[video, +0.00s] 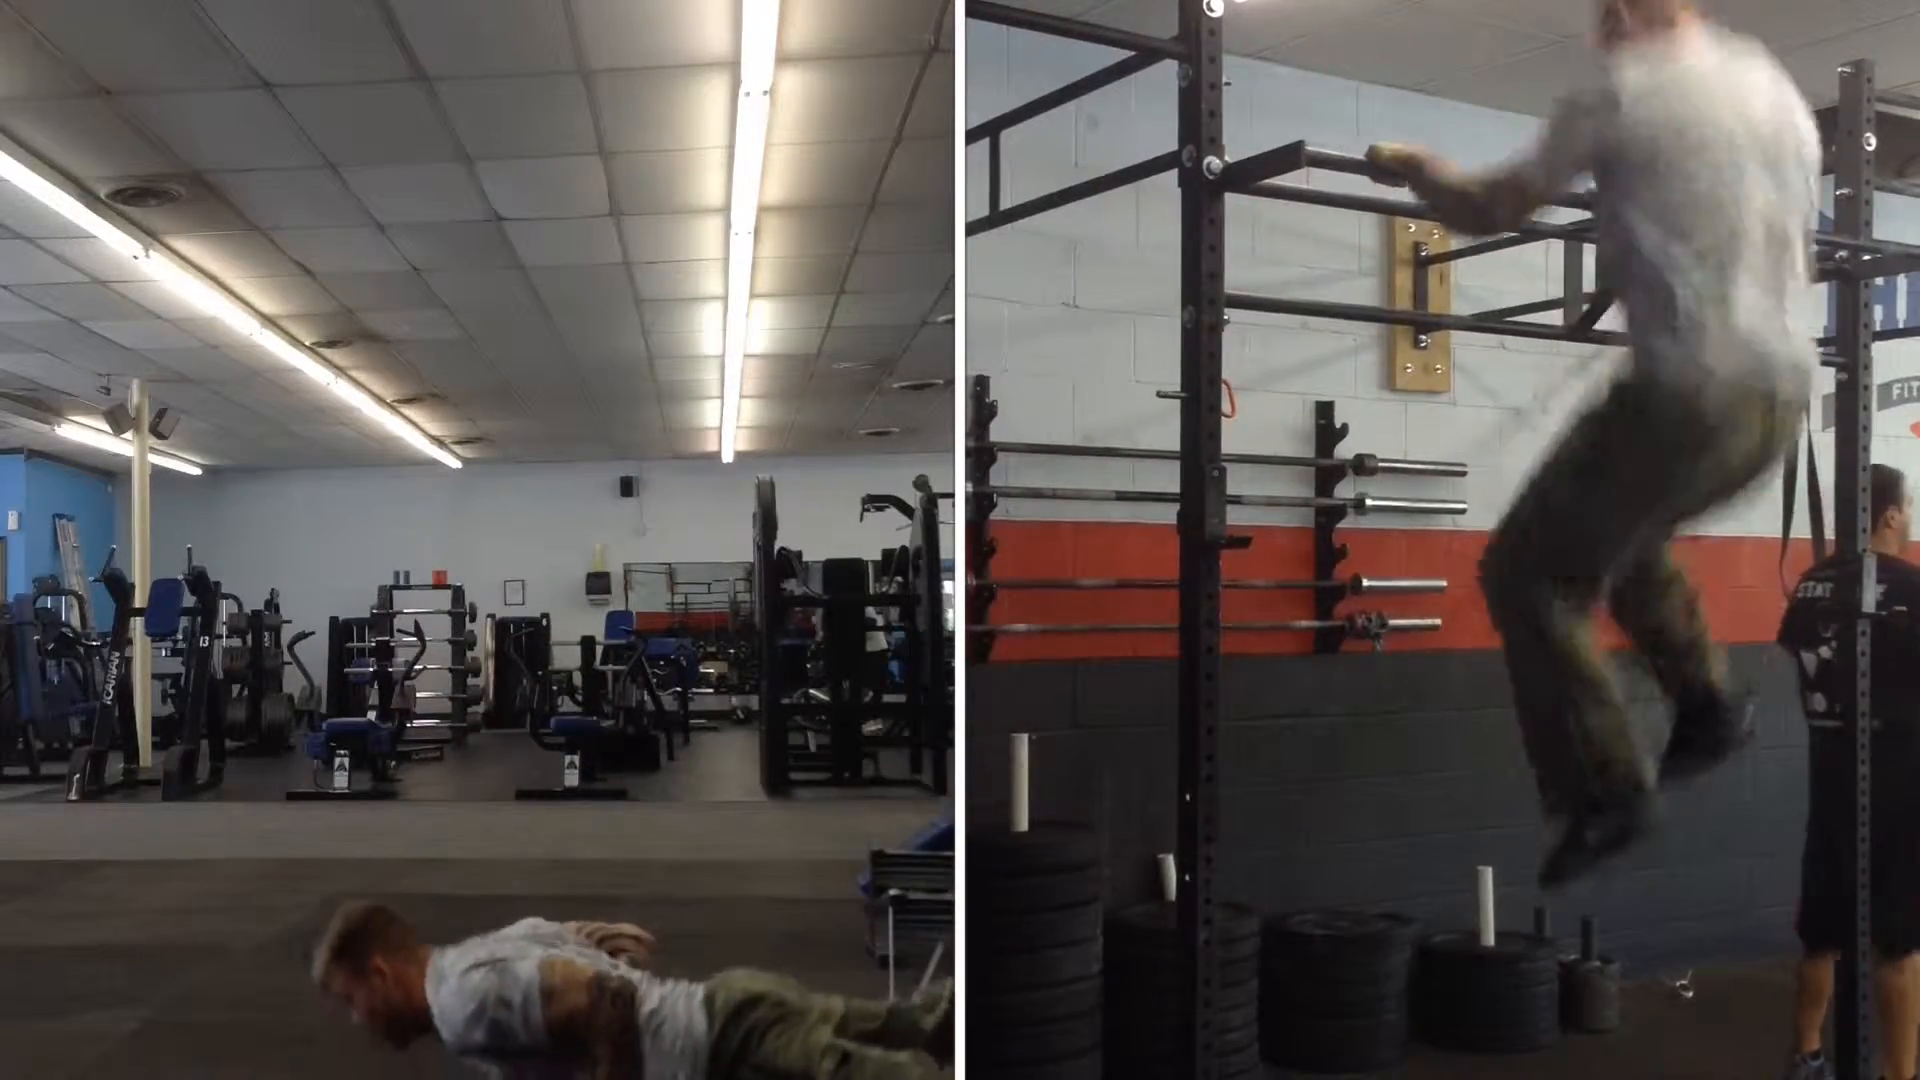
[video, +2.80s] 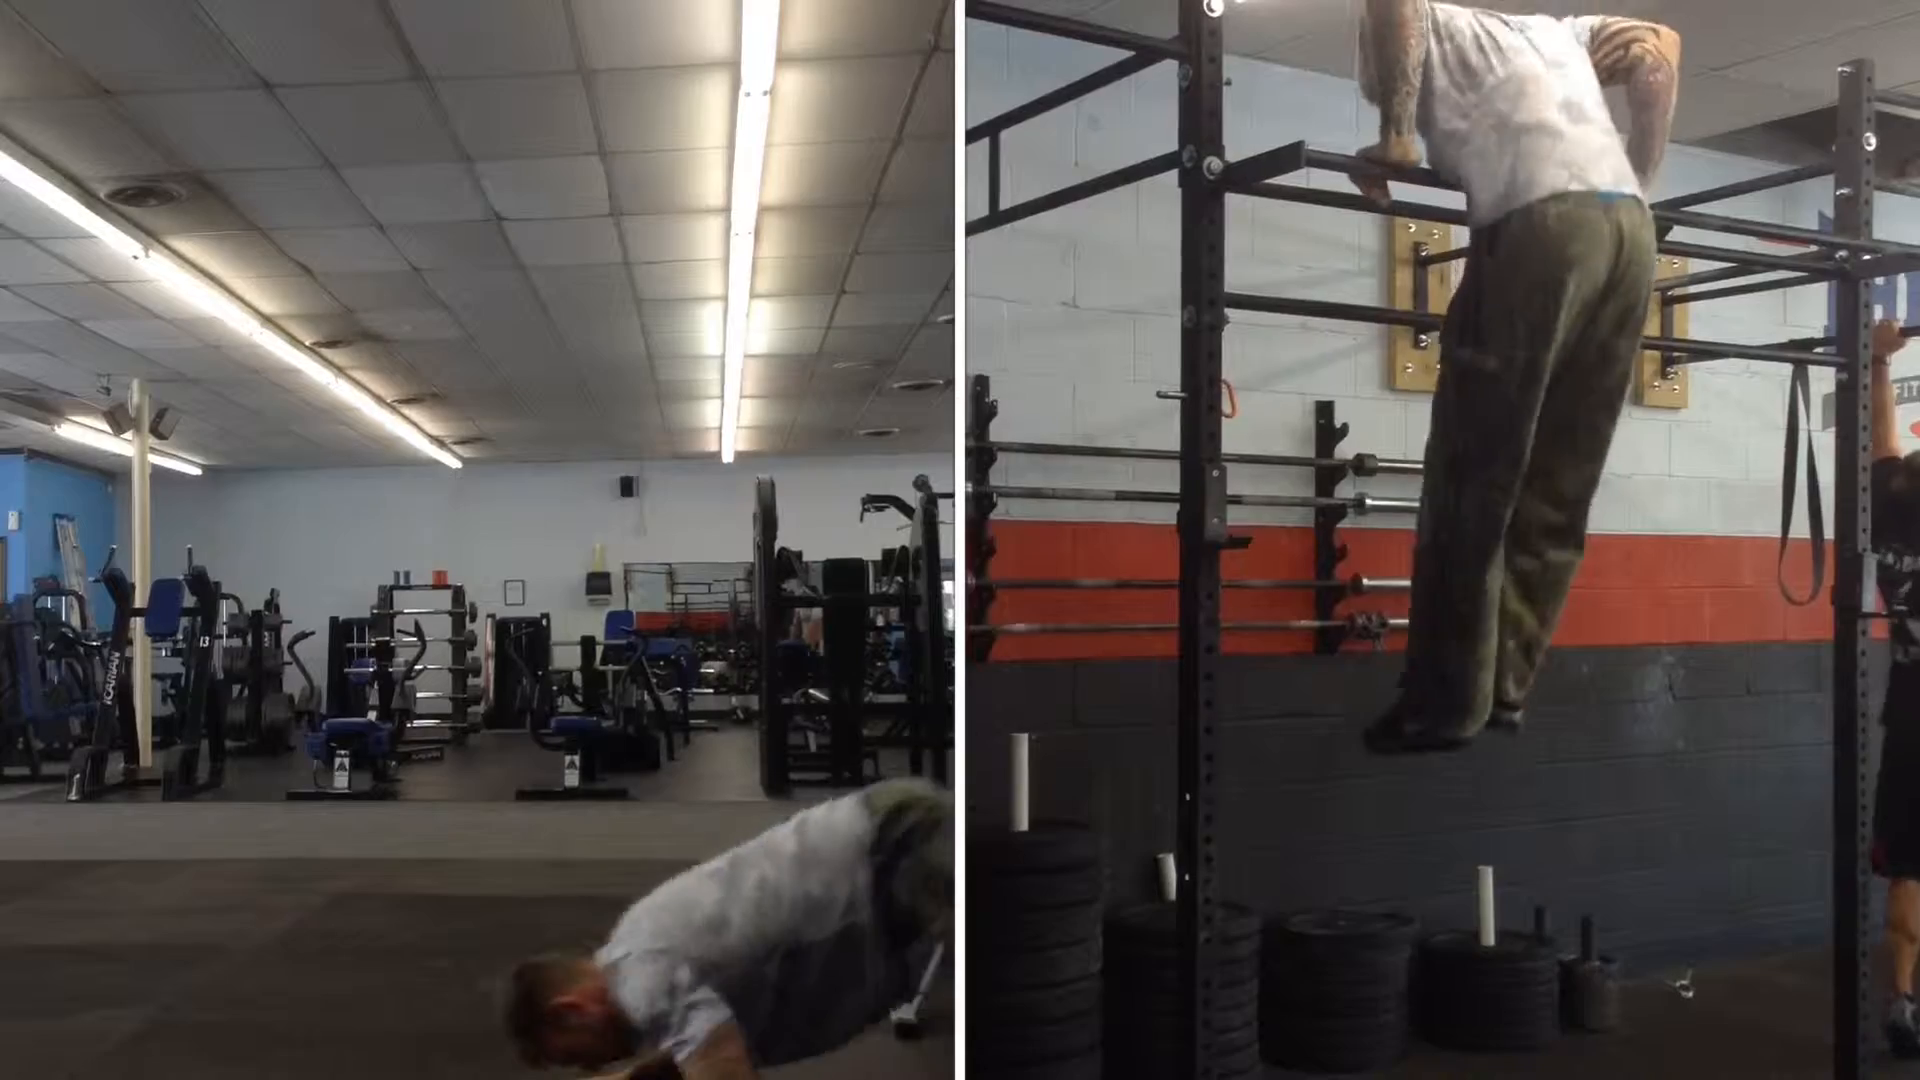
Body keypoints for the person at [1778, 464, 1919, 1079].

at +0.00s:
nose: (1910, 523)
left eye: (1907, 513)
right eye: (1908, 513)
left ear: (1852, 516)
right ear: (1892, 516)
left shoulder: (1813, 587)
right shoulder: (1906, 589)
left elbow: (1802, 676)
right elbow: (1911, 681)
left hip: (1832, 766)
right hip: (1900, 767)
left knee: (1822, 925)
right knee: (1900, 936)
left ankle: (1806, 1056)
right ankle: (1901, 1068)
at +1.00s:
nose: (1907, 517)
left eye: (1903, 505)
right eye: (1901, 507)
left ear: (1841, 517)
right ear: (1876, 517)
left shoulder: (1805, 588)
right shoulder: (1905, 588)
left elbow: (1803, 671)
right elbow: (1911, 686)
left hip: (1824, 777)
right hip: (1897, 781)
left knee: (1819, 926)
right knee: (1898, 938)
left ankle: (1812, 1057)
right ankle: (1901, 1068)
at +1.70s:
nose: (1893, 536)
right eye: (1898, 525)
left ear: (1846, 525)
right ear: (1899, 527)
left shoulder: (1818, 588)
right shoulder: (1912, 586)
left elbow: (1825, 644)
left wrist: (1841, 571)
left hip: (1848, 763)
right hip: (1908, 762)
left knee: (1830, 901)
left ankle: (1817, 1042)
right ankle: (1820, 1036)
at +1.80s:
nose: (1917, 530)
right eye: (1915, 520)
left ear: (1865, 527)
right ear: (1911, 527)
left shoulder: (1845, 584)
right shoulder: (1910, 580)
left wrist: (1839, 533)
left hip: (1865, 762)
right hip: (1903, 761)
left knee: (1851, 894)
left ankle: (1822, 1025)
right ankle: (1823, 1023)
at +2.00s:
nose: (1897, 520)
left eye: (1897, 513)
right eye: (1904, 512)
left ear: (1887, 533)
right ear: (1910, 533)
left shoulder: (1884, 577)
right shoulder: (1890, 575)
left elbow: (1850, 502)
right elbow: (1851, 500)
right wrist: (1875, 428)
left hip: (1891, 743)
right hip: (1901, 743)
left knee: (1905, 889)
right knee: (1905, 889)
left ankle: (1883, 1010)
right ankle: (1882, 1010)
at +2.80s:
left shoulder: (1901, 504)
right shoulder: (1898, 504)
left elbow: (1884, 463)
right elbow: (1886, 464)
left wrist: (1876, 368)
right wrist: (1879, 368)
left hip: (1911, 681)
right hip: (1909, 681)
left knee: (1907, 854)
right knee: (1905, 852)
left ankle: (1904, 1000)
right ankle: (1903, 1000)